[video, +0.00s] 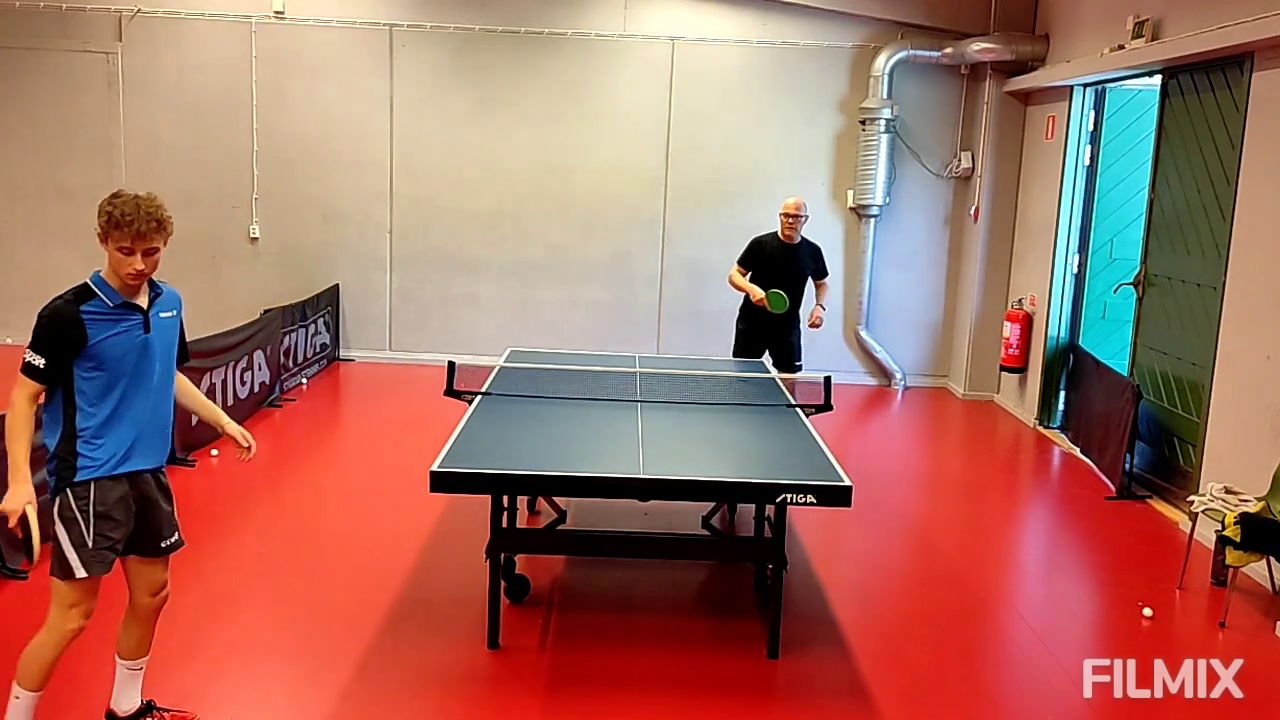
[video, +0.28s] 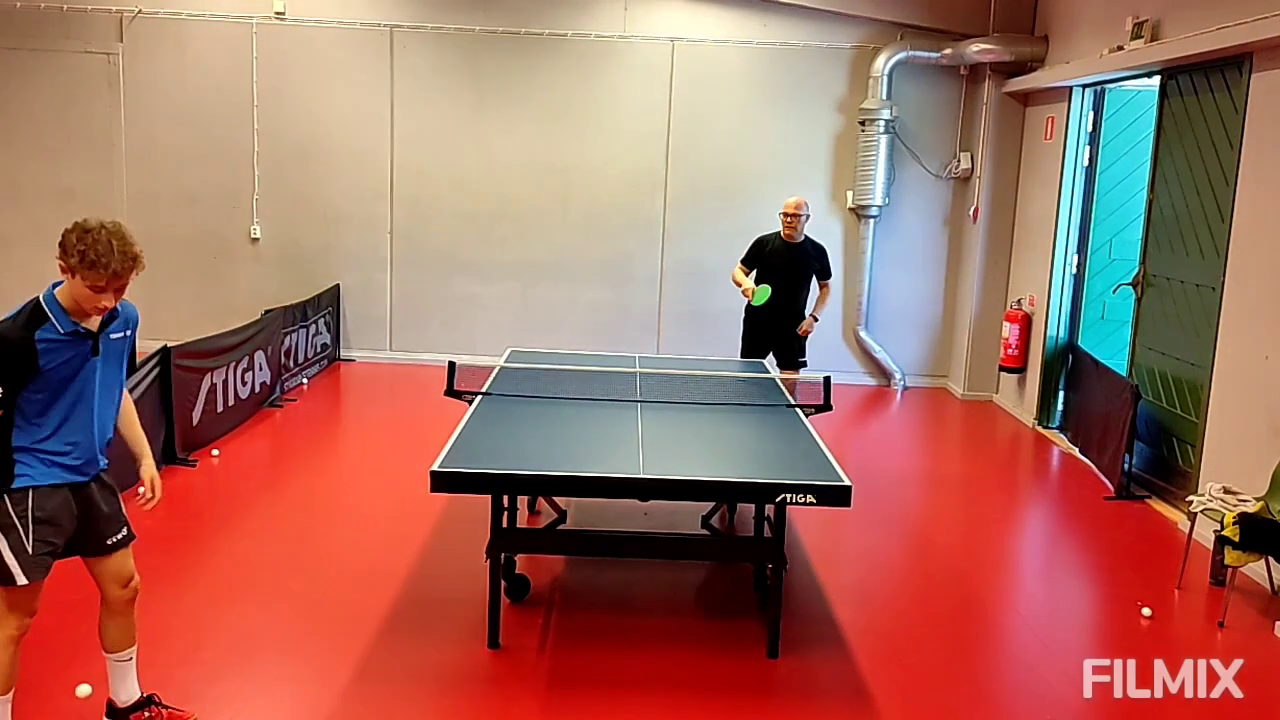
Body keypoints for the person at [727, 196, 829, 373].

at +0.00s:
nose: (790, 221)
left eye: (796, 217)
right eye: (786, 216)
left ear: (805, 220)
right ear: (780, 216)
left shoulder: (812, 252)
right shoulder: (760, 244)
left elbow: (821, 284)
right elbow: (734, 276)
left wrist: (819, 307)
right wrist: (752, 289)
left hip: (786, 326)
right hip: (752, 323)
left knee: (789, 381)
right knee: (741, 375)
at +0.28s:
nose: (789, 220)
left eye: (795, 216)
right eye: (785, 215)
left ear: (807, 219)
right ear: (780, 216)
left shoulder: (816, 252)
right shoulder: (764, 243)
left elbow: (825, 288)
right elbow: (738, 272)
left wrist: (814, 318)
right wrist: (745, 285)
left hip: (790, 326)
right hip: (758, 323)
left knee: (790, 382)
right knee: (748, 376)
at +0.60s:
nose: (771, 226)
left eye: (776, 221)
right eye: (767, 220)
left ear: (789, 220)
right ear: (762, 220)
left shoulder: (803, 251)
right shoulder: (749, 246)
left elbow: (815, 287)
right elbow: (726, 275)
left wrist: (805, 316)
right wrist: (731, 282)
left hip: (781, 329)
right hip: (746, 327)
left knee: (785, 386)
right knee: (732, 381)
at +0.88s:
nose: (742, 228)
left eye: (748, 223)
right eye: (738, 223)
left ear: (760, 222)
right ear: (733, 222)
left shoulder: (774, 251)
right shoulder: (721, 249)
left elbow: (785, 286)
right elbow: (697, 282)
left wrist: (780, 318)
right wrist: (707, 286)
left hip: (757, 335)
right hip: (722, 333)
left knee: (770, 388)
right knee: (710, 387)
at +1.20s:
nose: (734, 224)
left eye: (739, 220)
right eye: (730, 220)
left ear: (751, 221)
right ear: (724, 221)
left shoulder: (766, 250)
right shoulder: (712, 251)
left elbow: (777, 283)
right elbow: (691, 285)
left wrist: (778, 313)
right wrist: (701, 290)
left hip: (754, 334)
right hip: (718, 334)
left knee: (763, 390)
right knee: (710, 387)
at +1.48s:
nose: (758, 227)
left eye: (764, 223)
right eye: (754, 222)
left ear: (776, 226)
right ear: (749, 224)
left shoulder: (789, 256)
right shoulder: (735, 254)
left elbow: (801, 291)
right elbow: (715, 284)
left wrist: (793, 321)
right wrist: (719, 295)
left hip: (772, 337)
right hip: (737, 336)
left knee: (786, 389)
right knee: (726, 391)